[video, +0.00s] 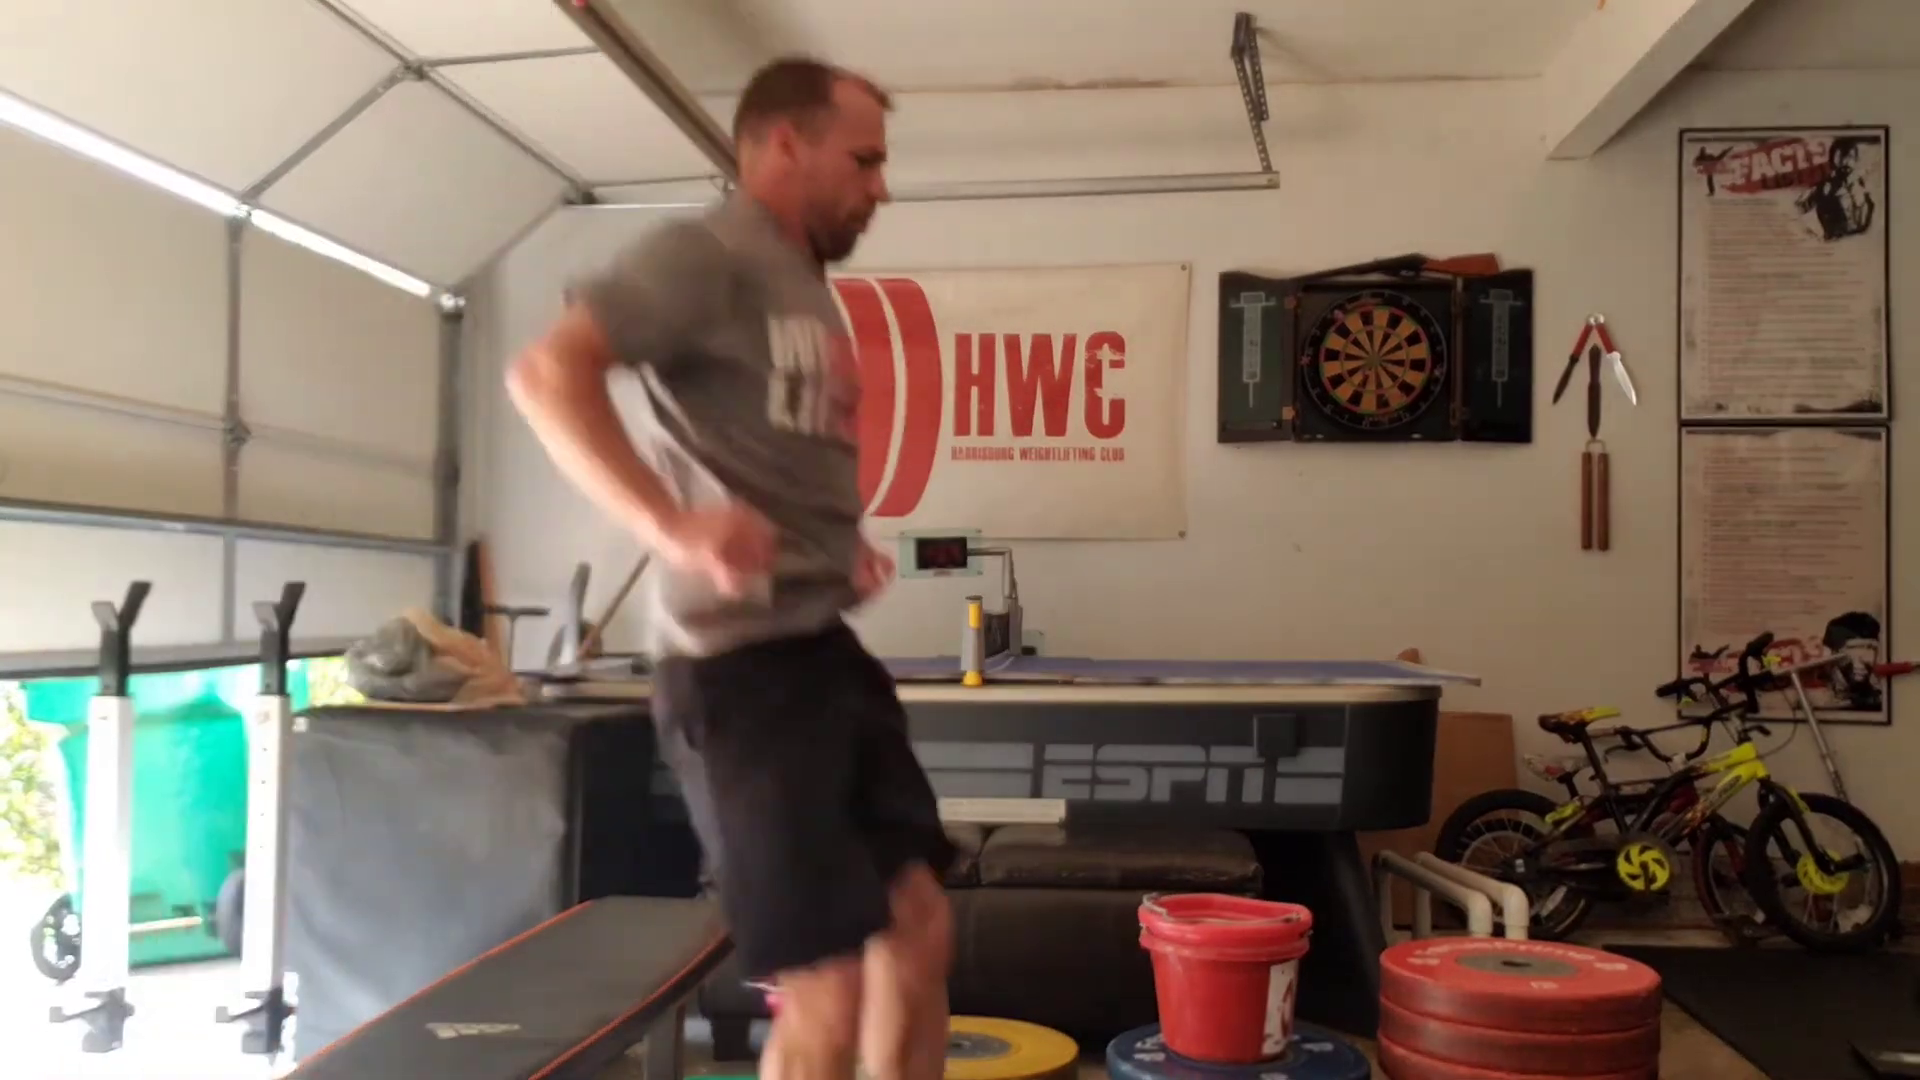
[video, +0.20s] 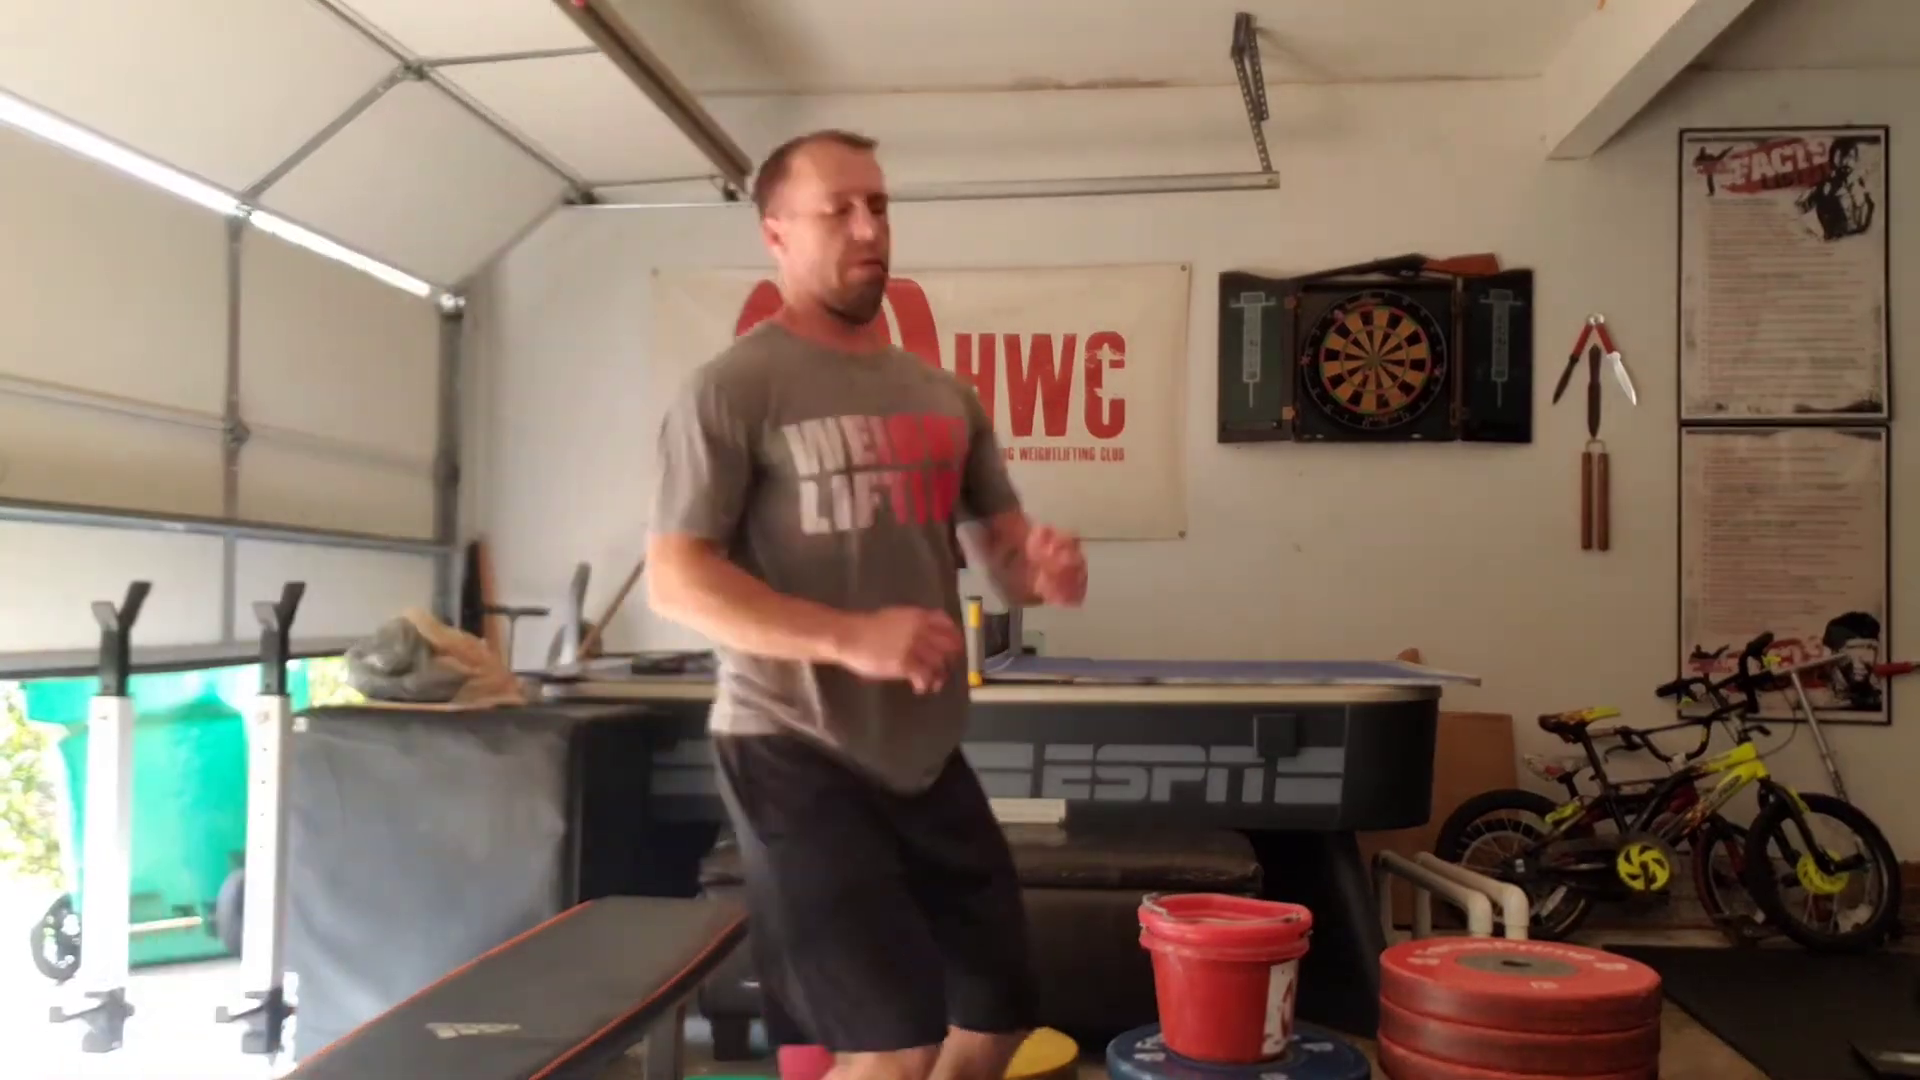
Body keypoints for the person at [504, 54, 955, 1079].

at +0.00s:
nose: (881, 190)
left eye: (882, 165)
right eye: (867, 161)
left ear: (794, 152)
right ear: (785, 146)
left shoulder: (799, 279)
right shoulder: (705, 253)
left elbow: (735, 440)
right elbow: (546, 371)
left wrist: (832, 537)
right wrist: (671, 523)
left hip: (825, 655)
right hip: (736, 672)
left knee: (918, 922)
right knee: (822, 986)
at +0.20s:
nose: (870, 230)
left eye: (879, 208)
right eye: (839, 212)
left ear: (892, 223)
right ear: (777, 239)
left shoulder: (943, 396)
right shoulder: (729, 392)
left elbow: (999, 542)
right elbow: (675, 575)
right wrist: (848, 634)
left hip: (926, 750)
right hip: (793, 752)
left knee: (991, 1019)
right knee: (889, 1039)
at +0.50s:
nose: (801, 179)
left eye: (821, 153)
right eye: (796, 159)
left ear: (902, 149)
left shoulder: (1021, 306)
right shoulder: (810, 356)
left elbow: (1111, 485)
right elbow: (795, 523)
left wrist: (962, 548)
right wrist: (764, 591)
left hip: (980, 709)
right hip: (851, 715)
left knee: (1001, 1019)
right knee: (853, 1002)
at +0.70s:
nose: (828, 195)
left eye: (840, 165)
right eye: (828, 170)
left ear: (911, 154)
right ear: (907, 160)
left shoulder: (986, 302)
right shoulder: (925, 312)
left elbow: (1040, 506)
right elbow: (923, 533)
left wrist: (860, 598)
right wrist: (806, 627)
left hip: (1015, 721)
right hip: (932, 717)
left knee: (1042, 1034)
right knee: (883, 971)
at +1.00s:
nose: (775, 220)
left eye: (781, 189)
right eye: (771, 195)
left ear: (848, 174)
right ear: (858, 178)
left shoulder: (904, 291)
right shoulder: (924, 285)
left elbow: (988, 429)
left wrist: (924, 641)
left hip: (1009, 706)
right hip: (1017, 699)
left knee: (1002, 1033)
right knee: (1009, 1027)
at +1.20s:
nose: (685, 320)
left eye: (694, 290)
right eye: (685, 295)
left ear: (759, 282)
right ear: (764, 285)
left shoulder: (815, 381)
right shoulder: (816, 386)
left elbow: (994, 436)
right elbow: (989, 443)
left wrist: (1029, 647)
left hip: (1018, 731)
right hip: (1050, 726)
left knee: (876, 1023)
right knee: (959, 1012)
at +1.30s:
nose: (670, 381)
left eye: (684, 355)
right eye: (674, 357)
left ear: (744, 361)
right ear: (745, 365)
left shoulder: (800, 481)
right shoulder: (799, 471)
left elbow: (953, 627)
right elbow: (946, 642)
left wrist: (889, 822)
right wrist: (881, 798)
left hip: (1015, 812)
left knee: (861, 1061)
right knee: (939, 1059)